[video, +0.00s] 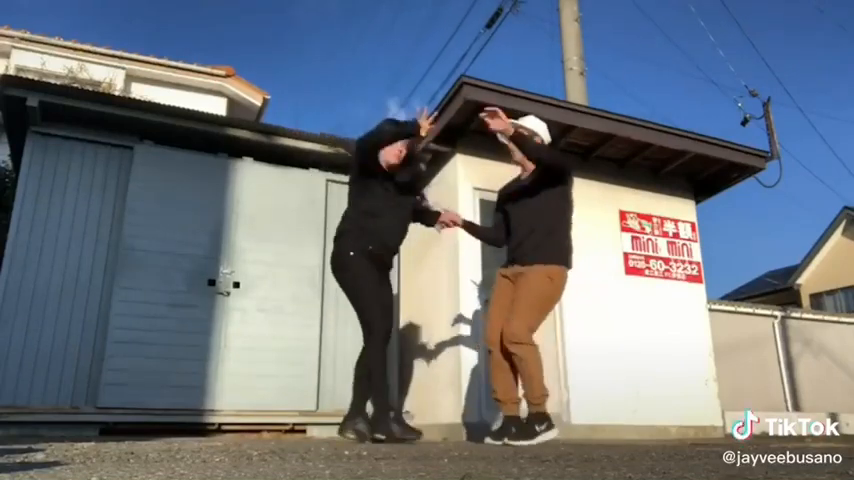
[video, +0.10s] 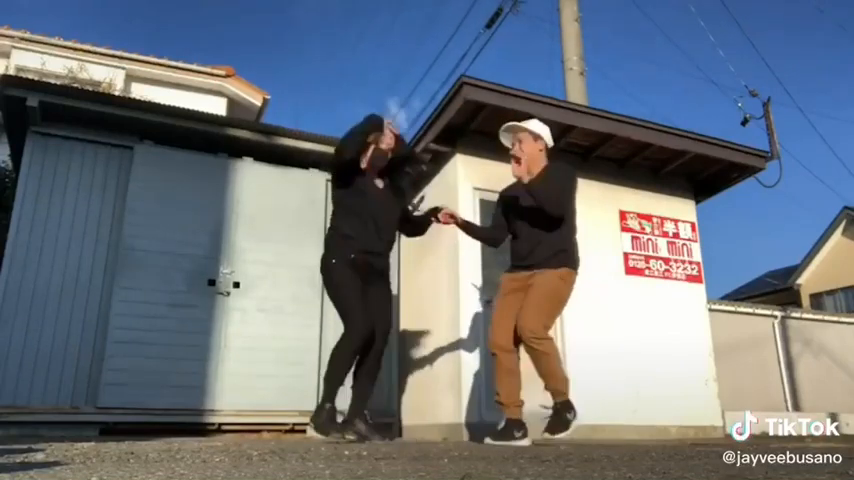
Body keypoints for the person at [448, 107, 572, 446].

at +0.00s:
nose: (512, 149)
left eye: (518, 142)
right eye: (510, 144)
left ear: (536, 144)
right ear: (512, 150)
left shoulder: (559, 174)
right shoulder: (508, 192)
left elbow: (545, 155)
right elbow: (499, 237)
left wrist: (511, 129)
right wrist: (462, 222)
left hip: (546, 269)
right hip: (511, 270)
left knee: (517, 334)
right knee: (495, 338)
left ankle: (540, 416)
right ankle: (511, 417)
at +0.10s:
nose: (515, 148)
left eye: (520, 142)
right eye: (514, 143)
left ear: (540, 144)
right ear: (517, 148)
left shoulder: (561, 175)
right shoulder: (510, 193)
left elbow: (556, 213)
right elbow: (495, 237)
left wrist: (525, 180)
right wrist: (459, 222)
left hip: (555, 269)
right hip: (518, 274)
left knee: (531, 328)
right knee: (501, 341)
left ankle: (563, 404)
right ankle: (513, 421)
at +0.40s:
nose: (557, 143)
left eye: (564, 136)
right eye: (552, 139)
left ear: (580, 140)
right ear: (548, 147)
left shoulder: (608, 180)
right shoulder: (540, 186)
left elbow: (620, 223)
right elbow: (510, 225)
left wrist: (618, 246)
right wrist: (470, 221)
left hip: (606, 278)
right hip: (559, 279)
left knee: (633, 344)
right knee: (538, 346)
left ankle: (657, 421)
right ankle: (518, 421)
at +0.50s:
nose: (572, 144)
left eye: (578, 137)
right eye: (565, 140)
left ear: (592, 140)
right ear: (560, 147)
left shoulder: (611, 182)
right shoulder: (551, 184)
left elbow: (621, 221)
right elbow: (513, 214)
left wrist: (628, 247)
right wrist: (468, 219)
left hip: (617, 279)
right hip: (573, 278)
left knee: (636, 349)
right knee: (549, 345)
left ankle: (659, 423)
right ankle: (518, 418)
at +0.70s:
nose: (579, 148)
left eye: (585, 141)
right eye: (573, 144)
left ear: (598, 145)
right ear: (566, 151)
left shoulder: (615, 187)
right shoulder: (557, 184)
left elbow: (622, 225)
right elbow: (518, 212)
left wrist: (629, 250)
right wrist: (473, 211)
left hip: (618, 281)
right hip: (575, 278)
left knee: (634, 350)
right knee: (549, 345)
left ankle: (658, 424)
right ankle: (516, 416)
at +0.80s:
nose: (578, 149)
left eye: (584, 142)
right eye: (571, 145)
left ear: (597, 146)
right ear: (564, 152)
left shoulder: (618, 189)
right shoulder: (554, 186)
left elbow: (630, 233)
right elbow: (521, 217)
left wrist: (629, 254)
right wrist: (481, 209)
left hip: (613, 282)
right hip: (568, 280)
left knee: (633, 350)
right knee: (544, 344)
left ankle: (657, 423)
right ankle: (516, 417)